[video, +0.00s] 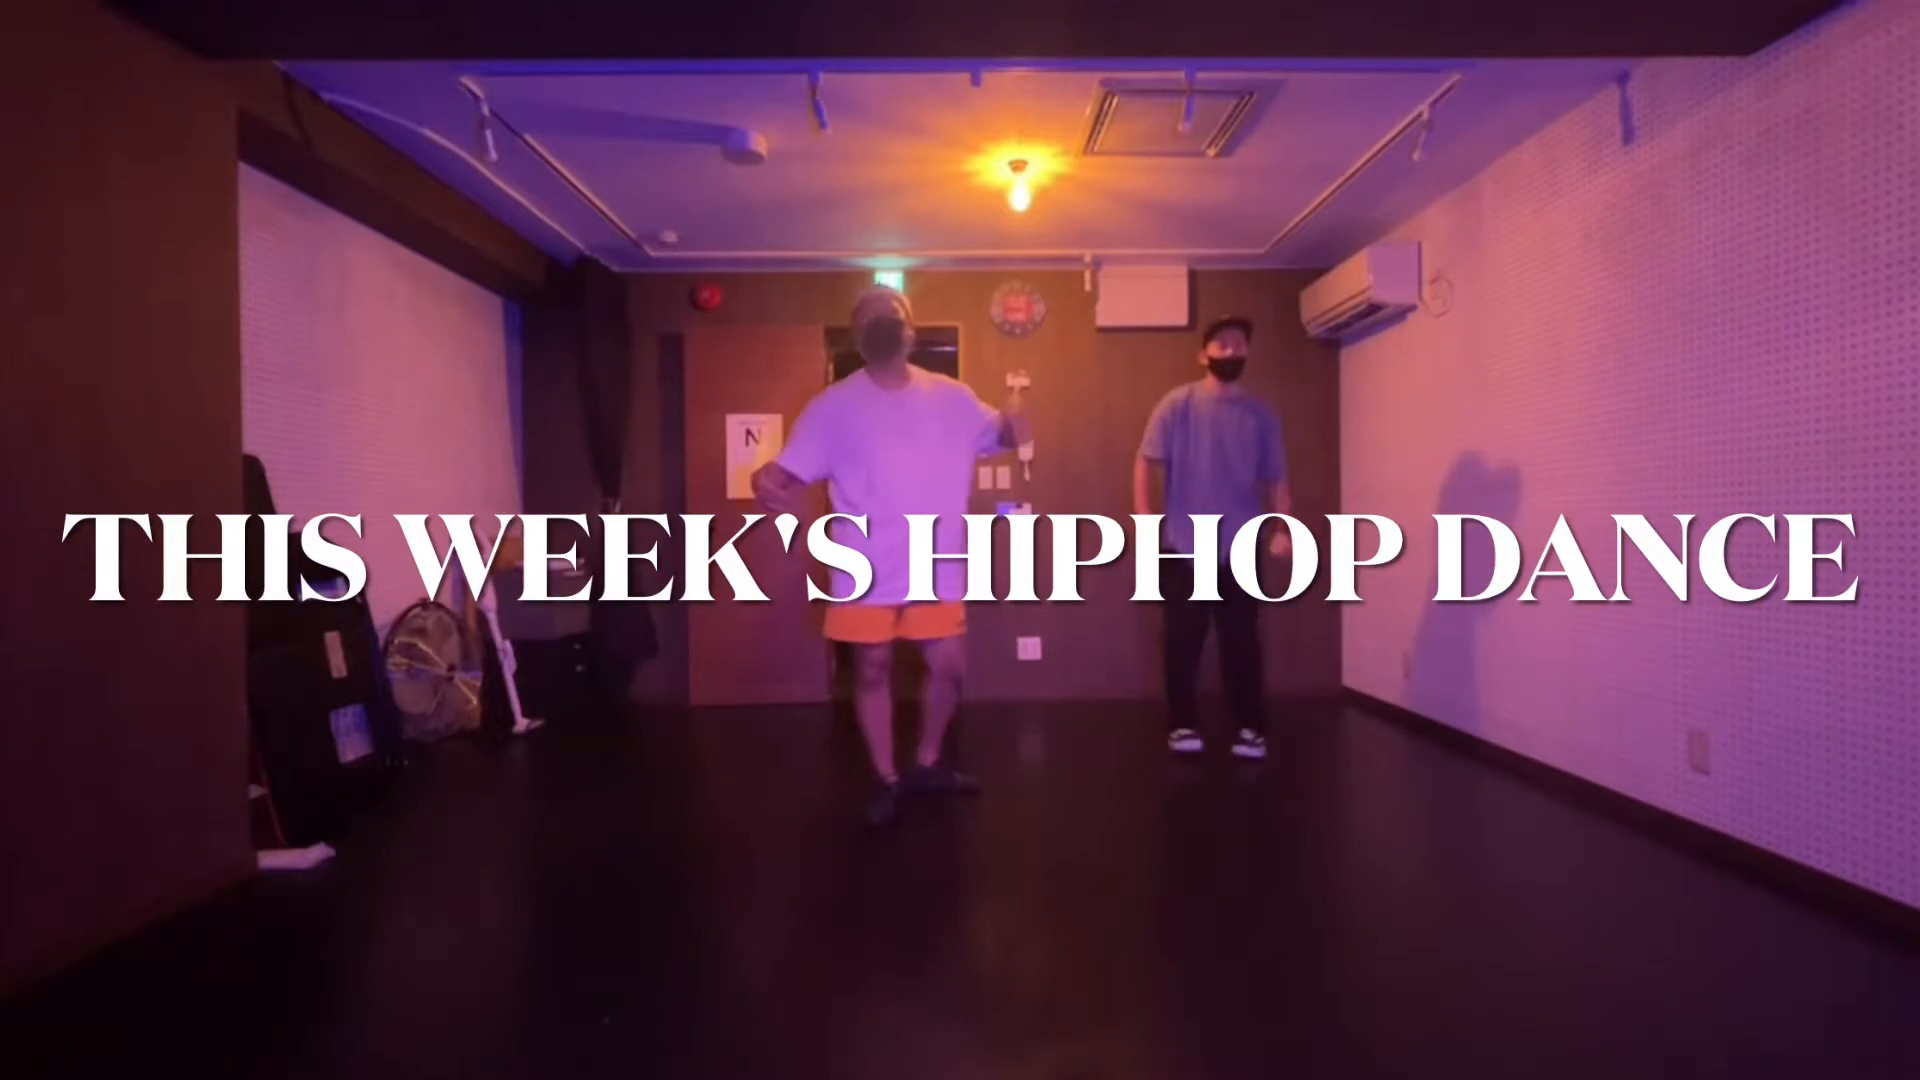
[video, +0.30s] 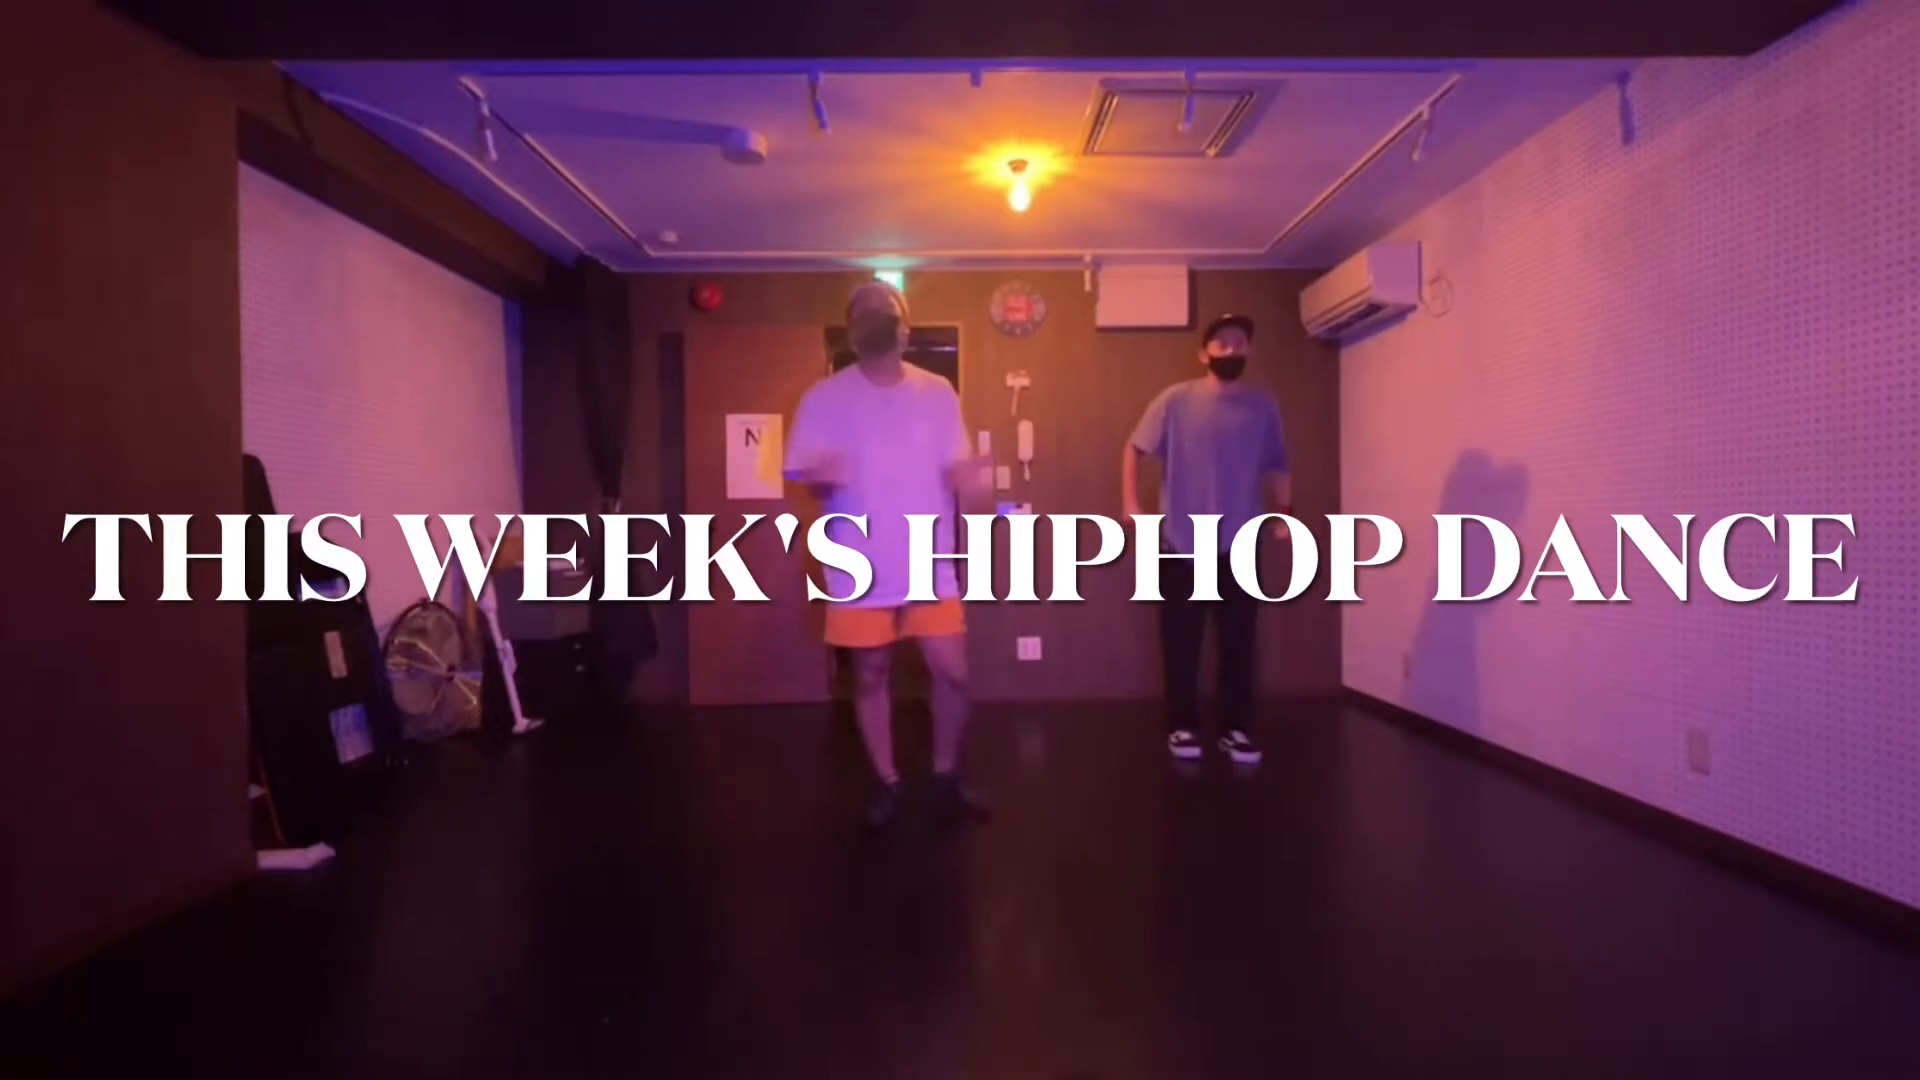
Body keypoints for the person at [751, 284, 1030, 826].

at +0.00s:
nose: (884, 328)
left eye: (893, 320)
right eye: (872, 322)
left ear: (912, 332)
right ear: (856, 338)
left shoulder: (950, 397)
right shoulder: (834, 407)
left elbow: (1013, 438)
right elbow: (779, 479)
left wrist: (1015, 405)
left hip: (939, 566)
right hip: (865, 569)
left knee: (947, 666)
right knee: (873, 669)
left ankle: (929, 764)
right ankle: (886, 781)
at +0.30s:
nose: (879, 324)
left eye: (889, 316)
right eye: (867, 316)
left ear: (906, 327)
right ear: (850, 330)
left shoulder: (937, 392)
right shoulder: (823, 399)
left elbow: (958, 474)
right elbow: (801, 483)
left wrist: (977, 480)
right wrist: (819, 476)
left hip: (932, 564)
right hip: (858, 569)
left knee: (953, 672)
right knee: (870, 675)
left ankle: (945, 776)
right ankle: (886, 783)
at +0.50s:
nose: (891, 322)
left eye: (900, 313)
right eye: (880, 314)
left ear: (916, 322)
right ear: (862, 323)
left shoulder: (945, 392)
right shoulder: (828, 392)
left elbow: (968, 472)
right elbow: (818, 474)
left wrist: (943, 489)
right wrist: (894, 498)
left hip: (936, 564)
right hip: (862, 565)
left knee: (952, 671)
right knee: (873, 676)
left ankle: (968, 797)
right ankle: (887, 785)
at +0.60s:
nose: (900, 323)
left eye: (910, 314)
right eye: (889, 313)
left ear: (925, 322)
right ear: (868, 320)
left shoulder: (951, 394)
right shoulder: (835, 388)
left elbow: (977, 484)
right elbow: (813, 473)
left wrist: (954, 516)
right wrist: (888, 514)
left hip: (937, 565)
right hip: (863, 565)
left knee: (952, 676)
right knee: (874, 678)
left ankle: (975, 808)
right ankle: (888, 787)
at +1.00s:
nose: (915, 302)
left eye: (929, 292)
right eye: (905, 291)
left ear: (951, 307)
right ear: (888, 302)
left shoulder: (978, 387)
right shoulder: (848, 378)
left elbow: (1032, 476)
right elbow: (803, 458)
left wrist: (1065, 549)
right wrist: (762, 525)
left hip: (946, 573)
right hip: (860, 569)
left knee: (959, 693)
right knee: (853, 692)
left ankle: (973, 826)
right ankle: (900, 764)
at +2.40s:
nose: (729, 337)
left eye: (726, 327)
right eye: (724, 327)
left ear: (671, 333)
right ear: (709, 329)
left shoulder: (635, 393)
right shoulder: (732, 385)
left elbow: (613, 485)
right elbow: (753, 471)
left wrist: (627, 555)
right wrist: (771, 543)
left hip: (647, 556)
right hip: (715, 551)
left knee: (651, 673)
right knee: (744, 661)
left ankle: (642, 797)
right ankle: (675, 769)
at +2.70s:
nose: (782, 350)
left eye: (779, 340)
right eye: (773, 341)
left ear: (734, 347)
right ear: (749, 347)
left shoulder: (697, 399)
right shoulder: (760, 406)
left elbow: (687, 483)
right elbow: (736, 492)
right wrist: (726, 569)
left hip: (682, 564)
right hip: (742, 568)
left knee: (671, 673)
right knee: (764, 665)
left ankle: (645, 795)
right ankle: (780, 770)